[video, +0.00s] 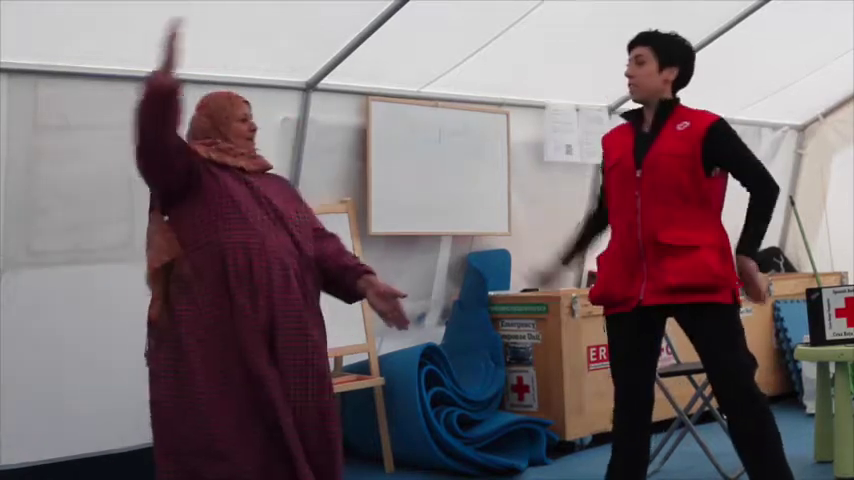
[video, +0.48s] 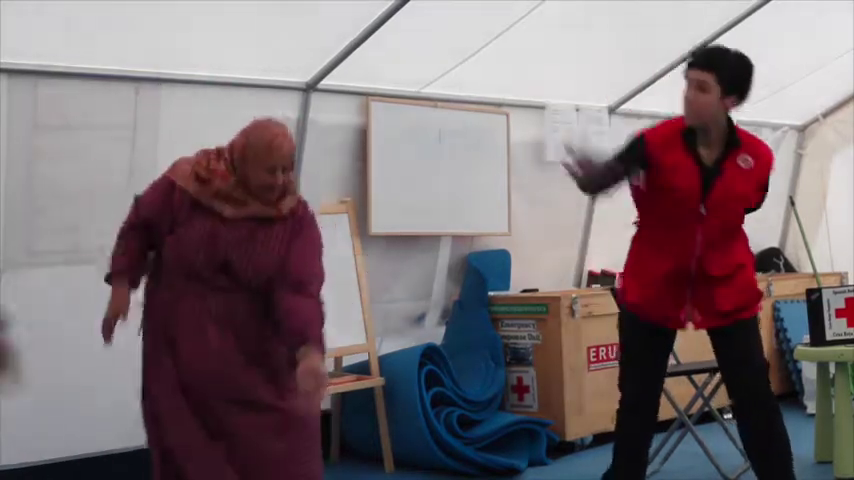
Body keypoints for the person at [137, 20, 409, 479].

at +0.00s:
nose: (253, 125)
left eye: (252, 118)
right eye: (243, 119)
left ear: (242, 129)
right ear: (211, 128)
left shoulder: (277, 187)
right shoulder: (187, 174)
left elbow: (317, 243)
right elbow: (157, 146)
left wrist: (364, 283)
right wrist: (162, 88)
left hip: (289, 347)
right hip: (211, 350)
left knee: (300, 451)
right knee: (218, 454)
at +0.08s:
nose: (260, 129)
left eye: (260, 121)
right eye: (250, 121)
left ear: (260, 129)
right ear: (218, 130)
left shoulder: (287, 188)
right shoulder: (187, 174)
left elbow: (322, 243)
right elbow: (145, 157)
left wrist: (363, 280)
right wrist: (133, 110)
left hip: (287, 350)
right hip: (204, 351)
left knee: (296, 453)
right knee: (210, 455)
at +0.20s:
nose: (269, 133)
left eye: (272, 125)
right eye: (260, 125)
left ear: (275, 129)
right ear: (229, 128)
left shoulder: (295, 189)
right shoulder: (186, 171)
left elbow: (324, 246)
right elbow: (139, 181)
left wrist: (358, 286)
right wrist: (110, 152)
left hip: (277, 343)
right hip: (192, 345)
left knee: (293, 449)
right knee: (196, 453)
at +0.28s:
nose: (273, 139)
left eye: (278, 130)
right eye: (263, 131)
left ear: (284, 131)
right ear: (232, 133)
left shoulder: (296, 193)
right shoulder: (186, 173)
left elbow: (322, 253)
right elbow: (140, 192)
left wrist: (347, 299)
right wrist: (110, 189)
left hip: (269, 350)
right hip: (186, 348)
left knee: (292, 448)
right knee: (190, 455)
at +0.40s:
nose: (280, 160)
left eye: (286, 149)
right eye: (270, 150)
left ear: (291, 148)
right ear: (238, 146)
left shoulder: (295, 204)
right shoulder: (186, 178)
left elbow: (309, 272)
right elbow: (135, 209)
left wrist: (325, 327)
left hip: (268, 348)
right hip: (187, 348)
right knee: (195, 445)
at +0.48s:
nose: (281, 180)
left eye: (287, 170)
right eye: (271, 171)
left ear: (295, 166)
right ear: (240, 163)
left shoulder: (295, 219)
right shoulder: (187, 184)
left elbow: (301, 290)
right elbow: (139, 227)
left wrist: (309, 347)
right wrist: (120, 287)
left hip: (260, 340)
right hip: (182, 335)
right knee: (187, 431)